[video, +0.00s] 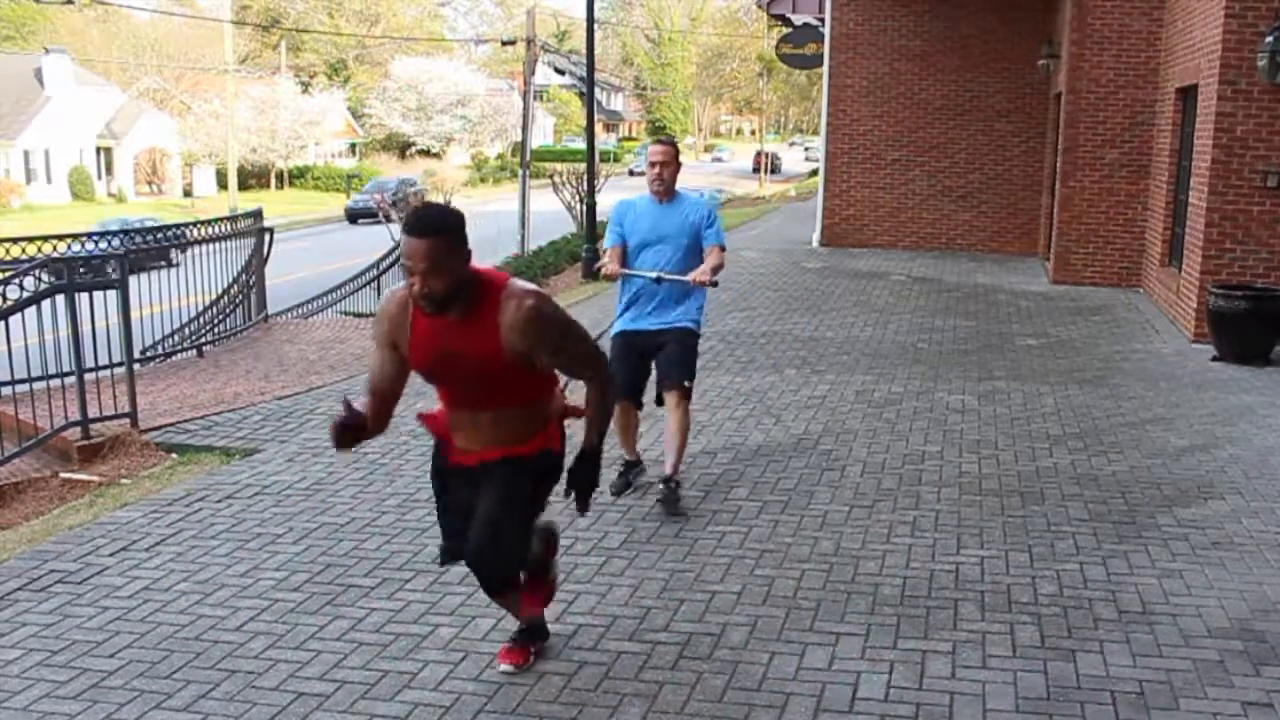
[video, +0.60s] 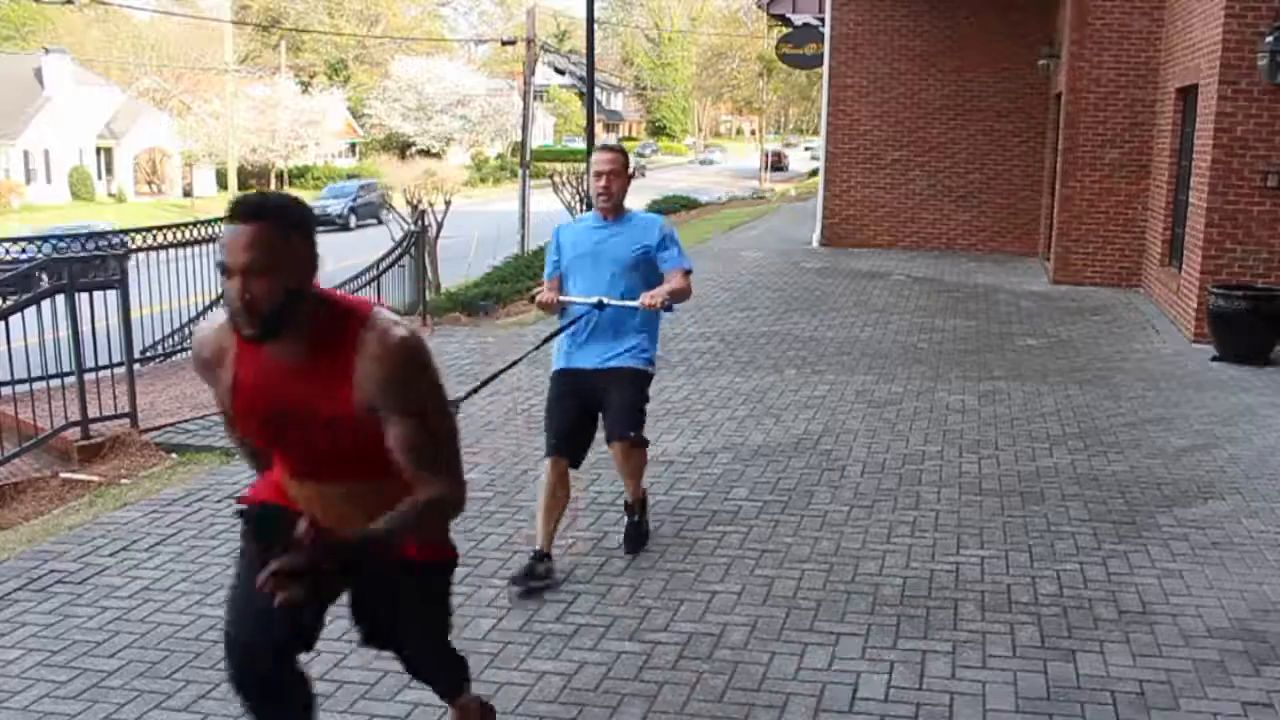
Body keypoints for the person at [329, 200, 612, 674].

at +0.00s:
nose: (419, 287)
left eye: (432, 274)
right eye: (410, 272)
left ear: (465, 263)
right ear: (402, 263)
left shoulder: (524, 312)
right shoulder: (399, 311)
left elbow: (600, 375)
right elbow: (379, 401)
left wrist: (591, 453)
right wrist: (362, 426)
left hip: (523, 454)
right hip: (458, 453)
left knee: (489, 556)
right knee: (476, 555)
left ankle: (540, 549)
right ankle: (531, 625)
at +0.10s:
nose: (401, 288)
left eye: (415, 275)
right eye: (392, 273)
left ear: (448, 262)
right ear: (385, 265)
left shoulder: (512, 312)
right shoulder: (380, 312)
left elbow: (595, 367)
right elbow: (354, 411)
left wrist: (587, 444)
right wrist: (334, 418)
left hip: (513, 445)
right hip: (443, 446)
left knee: (466, 546)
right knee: (469, 545)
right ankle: (520, 610)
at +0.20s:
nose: (384, 284)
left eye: (398, 269)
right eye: (373, 269)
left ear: (431, 255)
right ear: (363, 259)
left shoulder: (501, 309)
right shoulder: (356, 314)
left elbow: (575, 370)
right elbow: (336, 397)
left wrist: (563, 456)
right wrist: (328, 445)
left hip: (499, 449)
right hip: (426, 459)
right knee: (457, 560)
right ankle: (513, 603)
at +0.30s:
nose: (364, 283)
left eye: (378, 267)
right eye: (352, 267)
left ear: (416, 252)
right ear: (342, 258)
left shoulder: (491, 314)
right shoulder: (337, 318)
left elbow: (548, 390)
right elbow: (324, 408)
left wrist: (531, 481)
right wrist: (325, 501)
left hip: (480, 464)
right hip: (404, 467)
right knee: (431, 594)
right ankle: (492, 597)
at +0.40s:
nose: (345, 292)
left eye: (360, 276)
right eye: (334, 275)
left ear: (400, 262)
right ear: (324, 266)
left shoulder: (477, 327)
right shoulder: (316, 330)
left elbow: (520, 427)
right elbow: (313, 426)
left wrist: (490, 518)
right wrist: (324, 525)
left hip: (461, 492)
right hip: (379, 495)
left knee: (460, 629)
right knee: (393, 634)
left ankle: (478, 713)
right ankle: (446, 570)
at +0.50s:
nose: (315, 307)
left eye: (333, 291)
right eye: (304, 290)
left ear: (376, 282)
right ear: (294, 285)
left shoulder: (448, 349)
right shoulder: (283, 354)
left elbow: (485, 474)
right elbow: (296, 439)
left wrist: (428, 544)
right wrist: (323, 503)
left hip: (442, 523)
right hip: (347, 517)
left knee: (464, 670)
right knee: (331, 664)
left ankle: (472, 710)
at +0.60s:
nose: (239, 293)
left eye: (258, 276)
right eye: (229, 274)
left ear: (305, 272)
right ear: (220, 271)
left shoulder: (387, 350)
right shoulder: (215, 348)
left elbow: (443, 491)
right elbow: (259, 453)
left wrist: (347, 553)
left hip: (396, 526)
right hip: (292, 518)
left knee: (417, 645)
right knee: (253, 659)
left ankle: (466, 706)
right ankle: (291, 712)